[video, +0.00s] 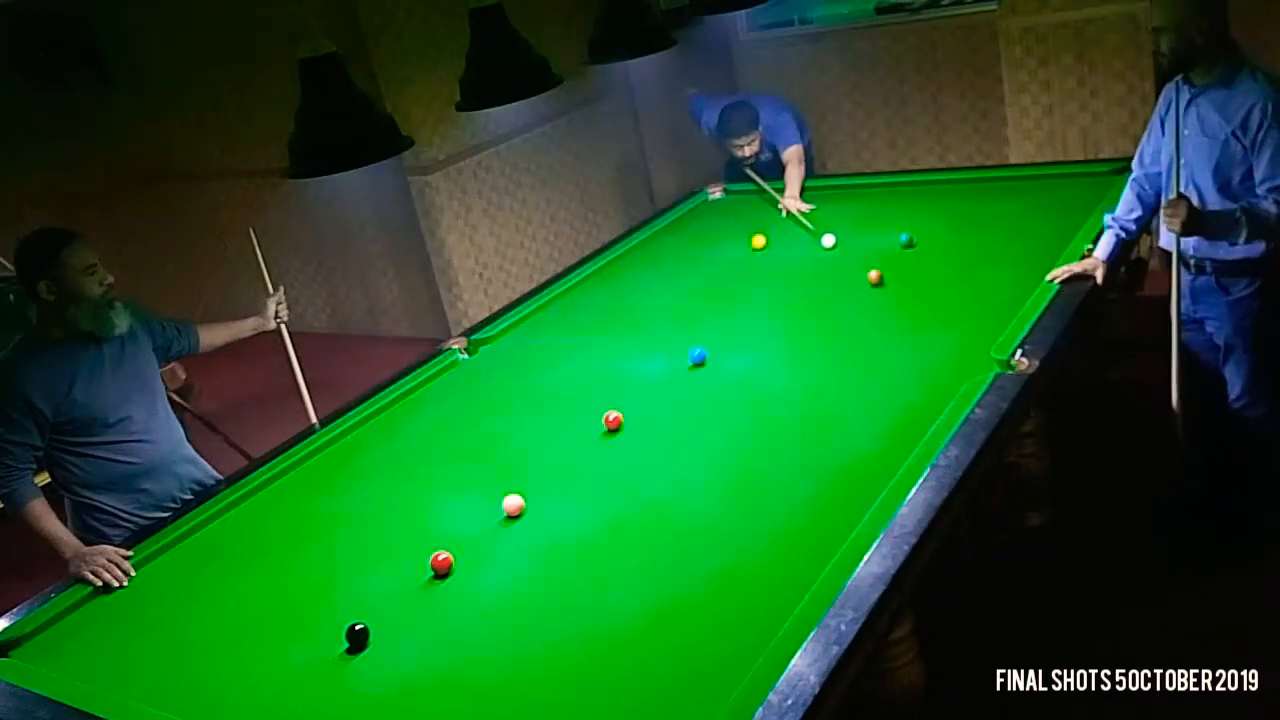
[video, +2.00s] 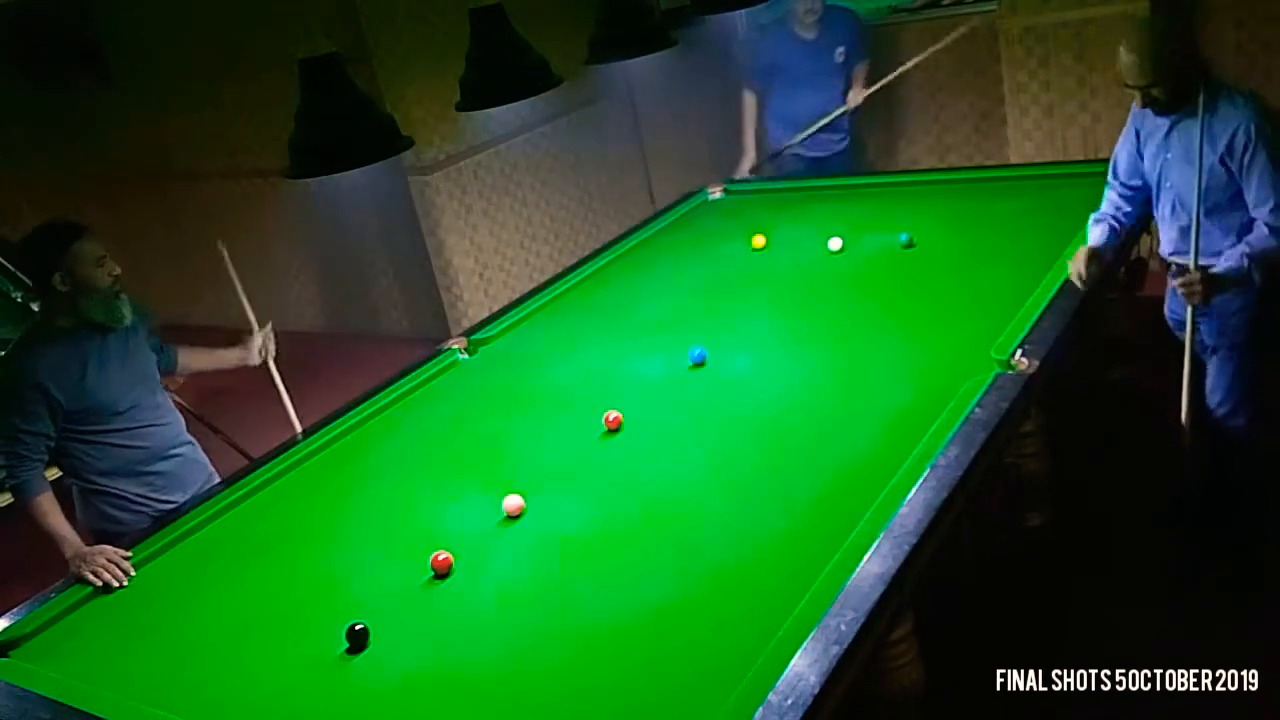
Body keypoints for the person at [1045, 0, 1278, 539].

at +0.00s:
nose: (1157, 46)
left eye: (1165, 32)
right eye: (1154, 34)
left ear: (1205, 28)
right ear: (1170, 36)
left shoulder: (1260, 102)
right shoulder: (1174, 96)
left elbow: (1272, 213)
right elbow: (1144, 178)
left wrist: (1204, 223)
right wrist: (1103, 252)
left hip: (1242, 288)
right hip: (1188, 282)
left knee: (1247, 410)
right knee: (1195, 405)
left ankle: (1252, 526)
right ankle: (1199, 516)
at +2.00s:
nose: (1142, 99)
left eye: (1150, 87)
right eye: (1133, 88)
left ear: (1182, 68)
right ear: (1129, 75)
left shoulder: (1239, 123)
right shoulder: (1144, 119)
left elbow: (1272, 225)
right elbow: (1123, 193)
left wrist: (1220, 275)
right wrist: (1097, 242)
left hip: (1232, 305)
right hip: (1178, 301)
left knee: (1227, 422)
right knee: (1185, 416)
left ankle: (1235, 535)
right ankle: (1191, 523)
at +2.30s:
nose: (1152, 184)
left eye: (1161, 175)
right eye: (1143, 173)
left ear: (1195, 155)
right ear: (1136, 152)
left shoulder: (1259, 174)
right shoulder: (1132, 174)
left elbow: (1276, 273)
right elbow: (1107, 253)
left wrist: (1229, 324)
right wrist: (1097, 332)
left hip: (1248, 311)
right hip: (1184, 299)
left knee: (1228, 439)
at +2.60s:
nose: (1132, 270)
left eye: (1142, 259)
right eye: (1125, 257)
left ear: (1172, 241)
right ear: (1117, 234)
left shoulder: (1247, 221)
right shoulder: (1127, 229)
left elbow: (1279, 303)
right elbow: (1095, 309)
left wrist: (1256, 344)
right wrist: (1068, 377)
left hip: (1263, 336)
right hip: (1203, 320)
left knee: (1238, 456)